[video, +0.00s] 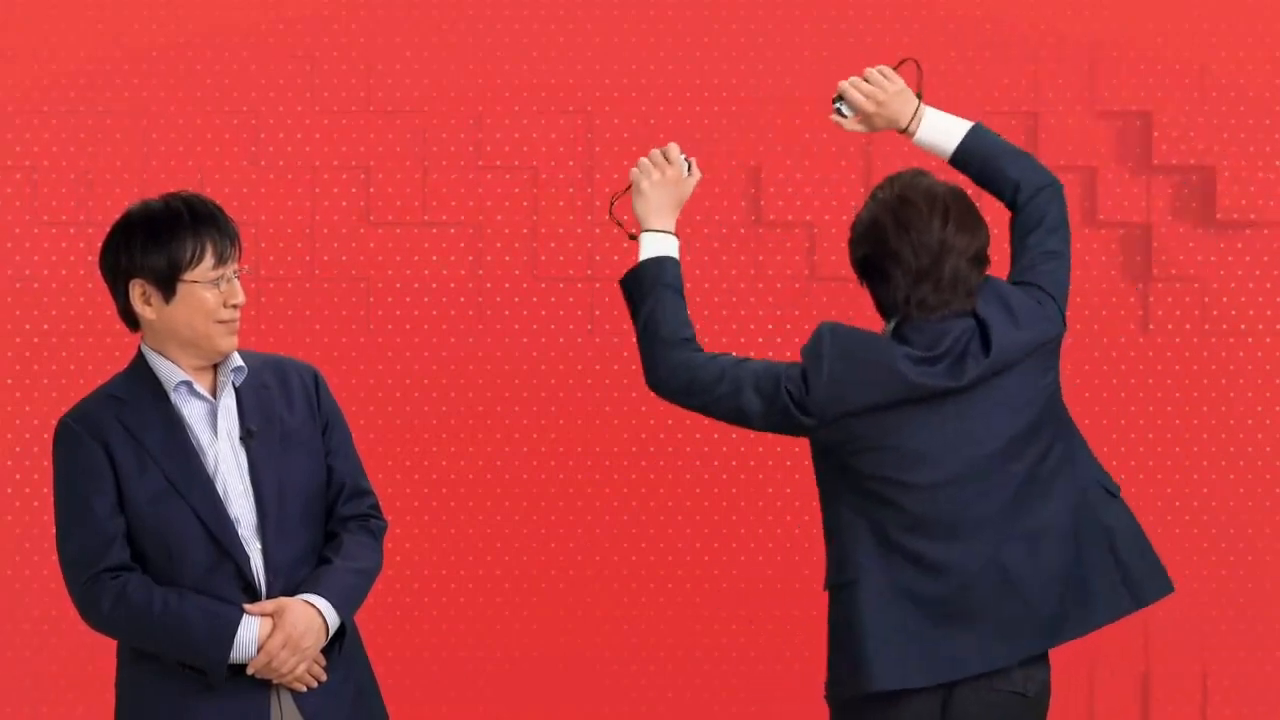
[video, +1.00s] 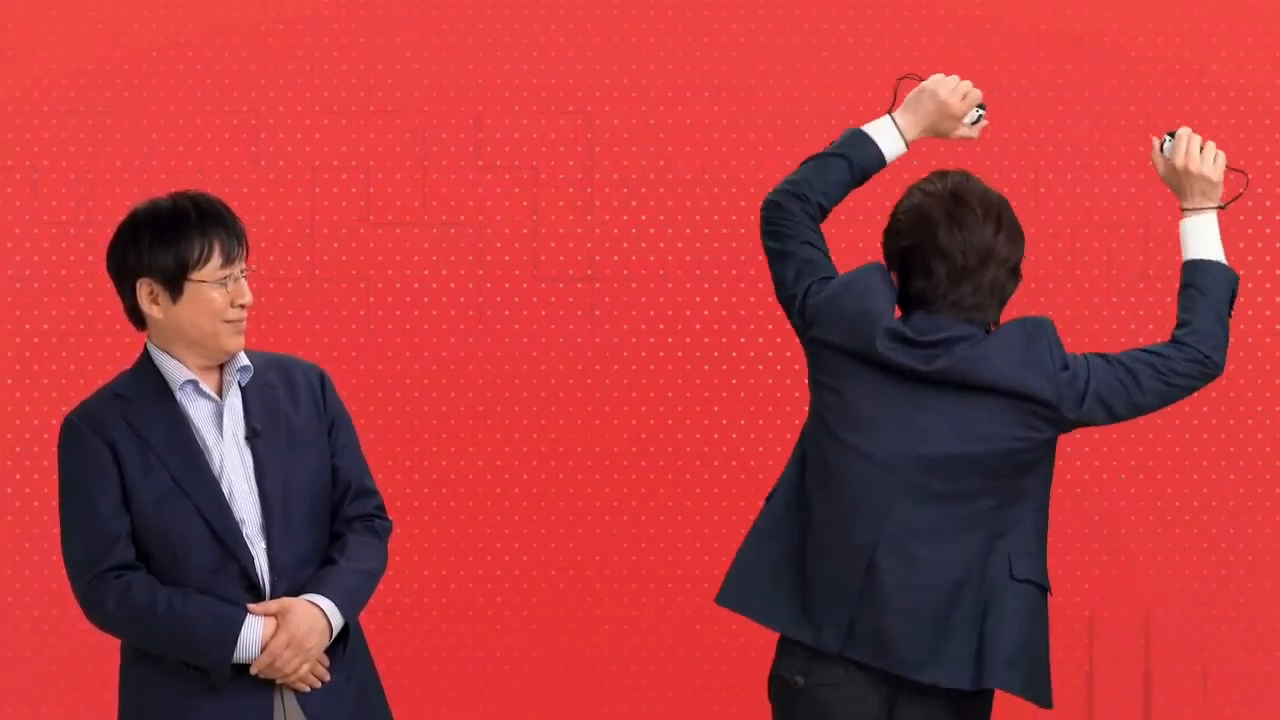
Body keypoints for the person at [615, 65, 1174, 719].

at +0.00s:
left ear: (872, 280)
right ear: (981, 260)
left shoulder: (838, 384)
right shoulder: (1028, 334)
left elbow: (675, 369)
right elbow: (1038, 192)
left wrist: (657, 232)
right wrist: (916, 116)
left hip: (886, 687)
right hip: (1011, 674)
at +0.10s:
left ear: (878, 268)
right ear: (987, 252)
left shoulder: (835, 359)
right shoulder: (1035, 331)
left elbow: (677, 322)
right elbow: (1080, 196)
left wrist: (679, 185)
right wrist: (971, 107)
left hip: (865, 674)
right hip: (992, 669)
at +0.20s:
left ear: (887, 256)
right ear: (997, 250)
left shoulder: (833, 329)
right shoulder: (1039, 337)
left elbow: (700, 250)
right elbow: (1139, 225)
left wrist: (738, 118)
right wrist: (1061, 99)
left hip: (838, 661)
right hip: (965, 663)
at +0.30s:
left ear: (890, 251)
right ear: (1002, 269)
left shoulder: (837, 314)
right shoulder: (1038, 362)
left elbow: (747, 198)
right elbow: (1181, 295)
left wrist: (829, 89)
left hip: (817, 657)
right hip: (944, 671)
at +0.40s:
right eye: (1005, 271)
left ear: (898, 257)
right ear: (1003, 286)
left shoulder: (844, 320)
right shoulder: (1033, 393)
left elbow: (799, 182)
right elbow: (1196, 365)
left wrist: (913, 103)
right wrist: (1210, 218)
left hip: (803, 664)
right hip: (927, 692)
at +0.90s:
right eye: (1011, 273)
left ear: (898, 263)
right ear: (1009, 287)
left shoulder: (844, 326)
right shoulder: (1038, 387)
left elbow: (800, 198)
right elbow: (1199, 372)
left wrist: (923, 119)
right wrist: (1210, 229)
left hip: (814, 665)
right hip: (944, 687)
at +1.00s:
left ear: (895, 272)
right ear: (1008, 282)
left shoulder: (842, 332)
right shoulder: (1040, 380)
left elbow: (789, 209)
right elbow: (1197, 355)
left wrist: (903, 123)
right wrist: (1201, 209)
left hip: (821, 668)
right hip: (950, 685)